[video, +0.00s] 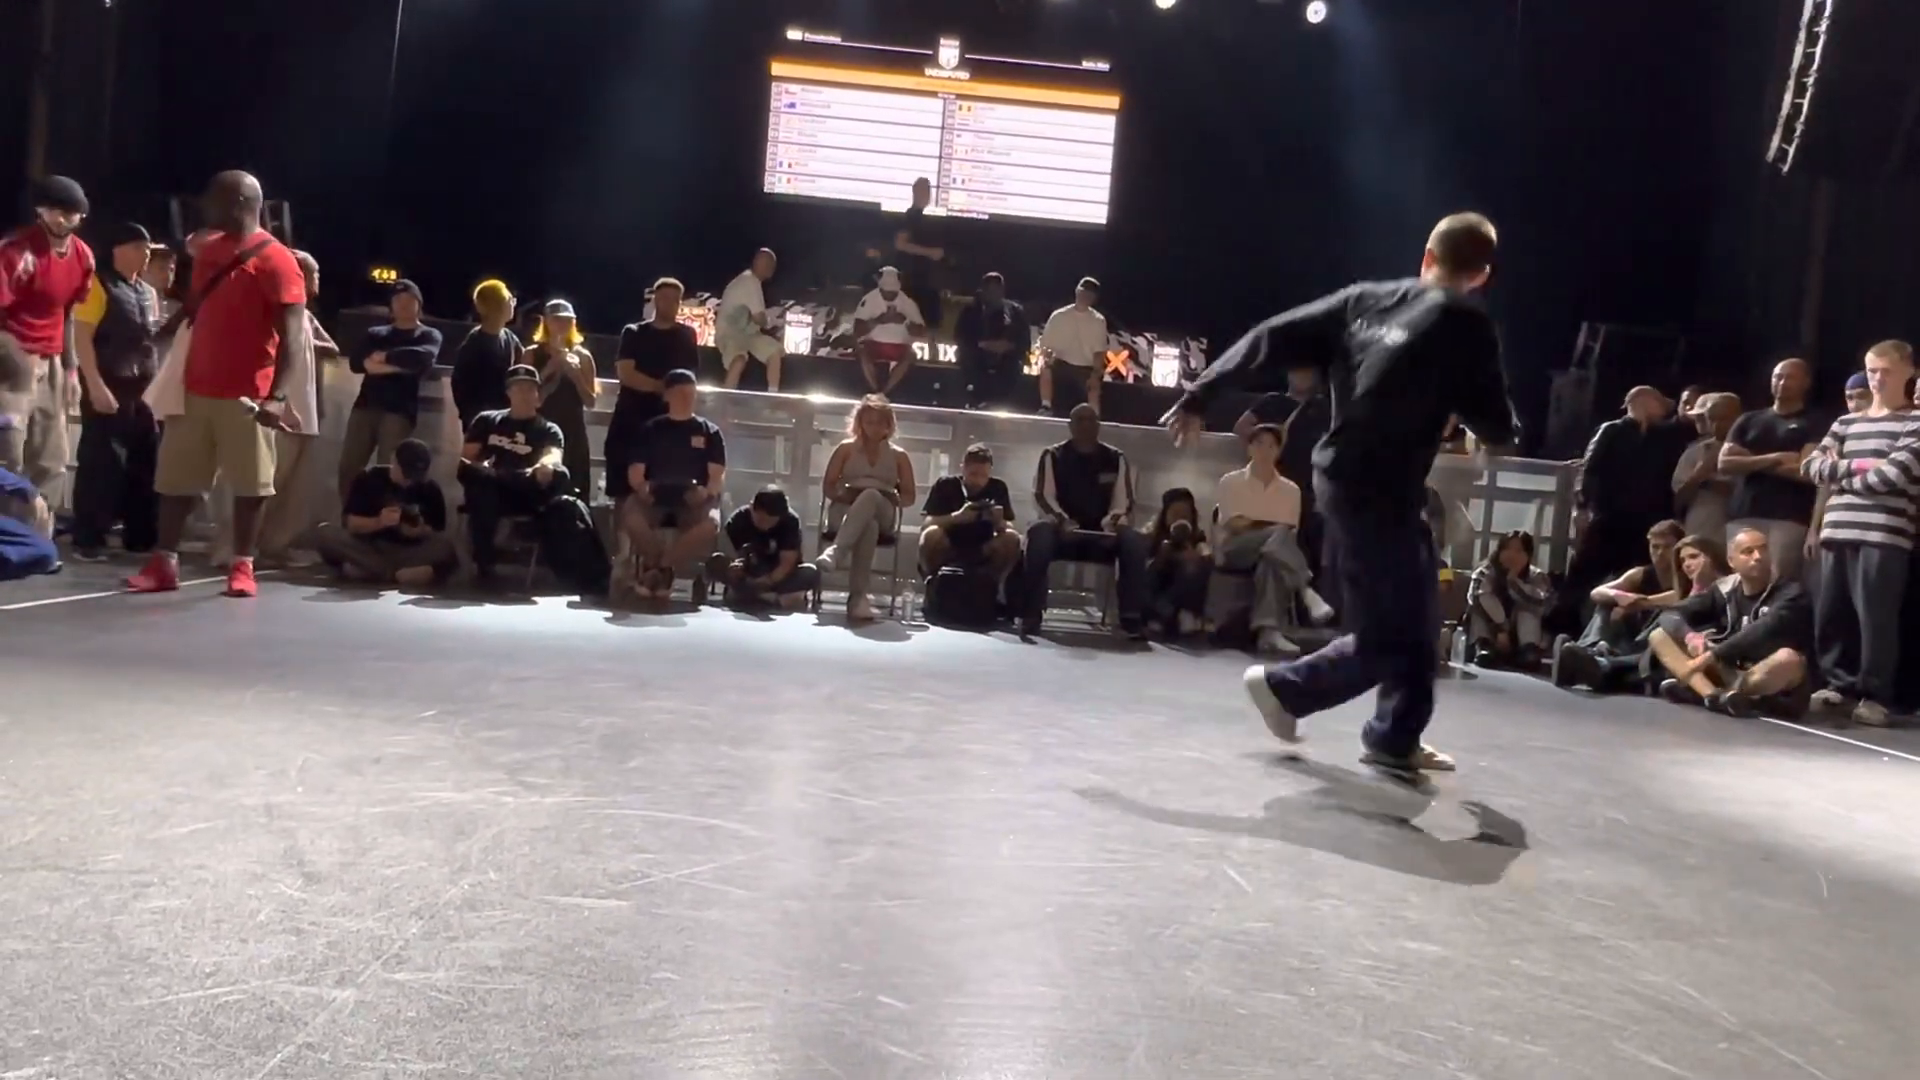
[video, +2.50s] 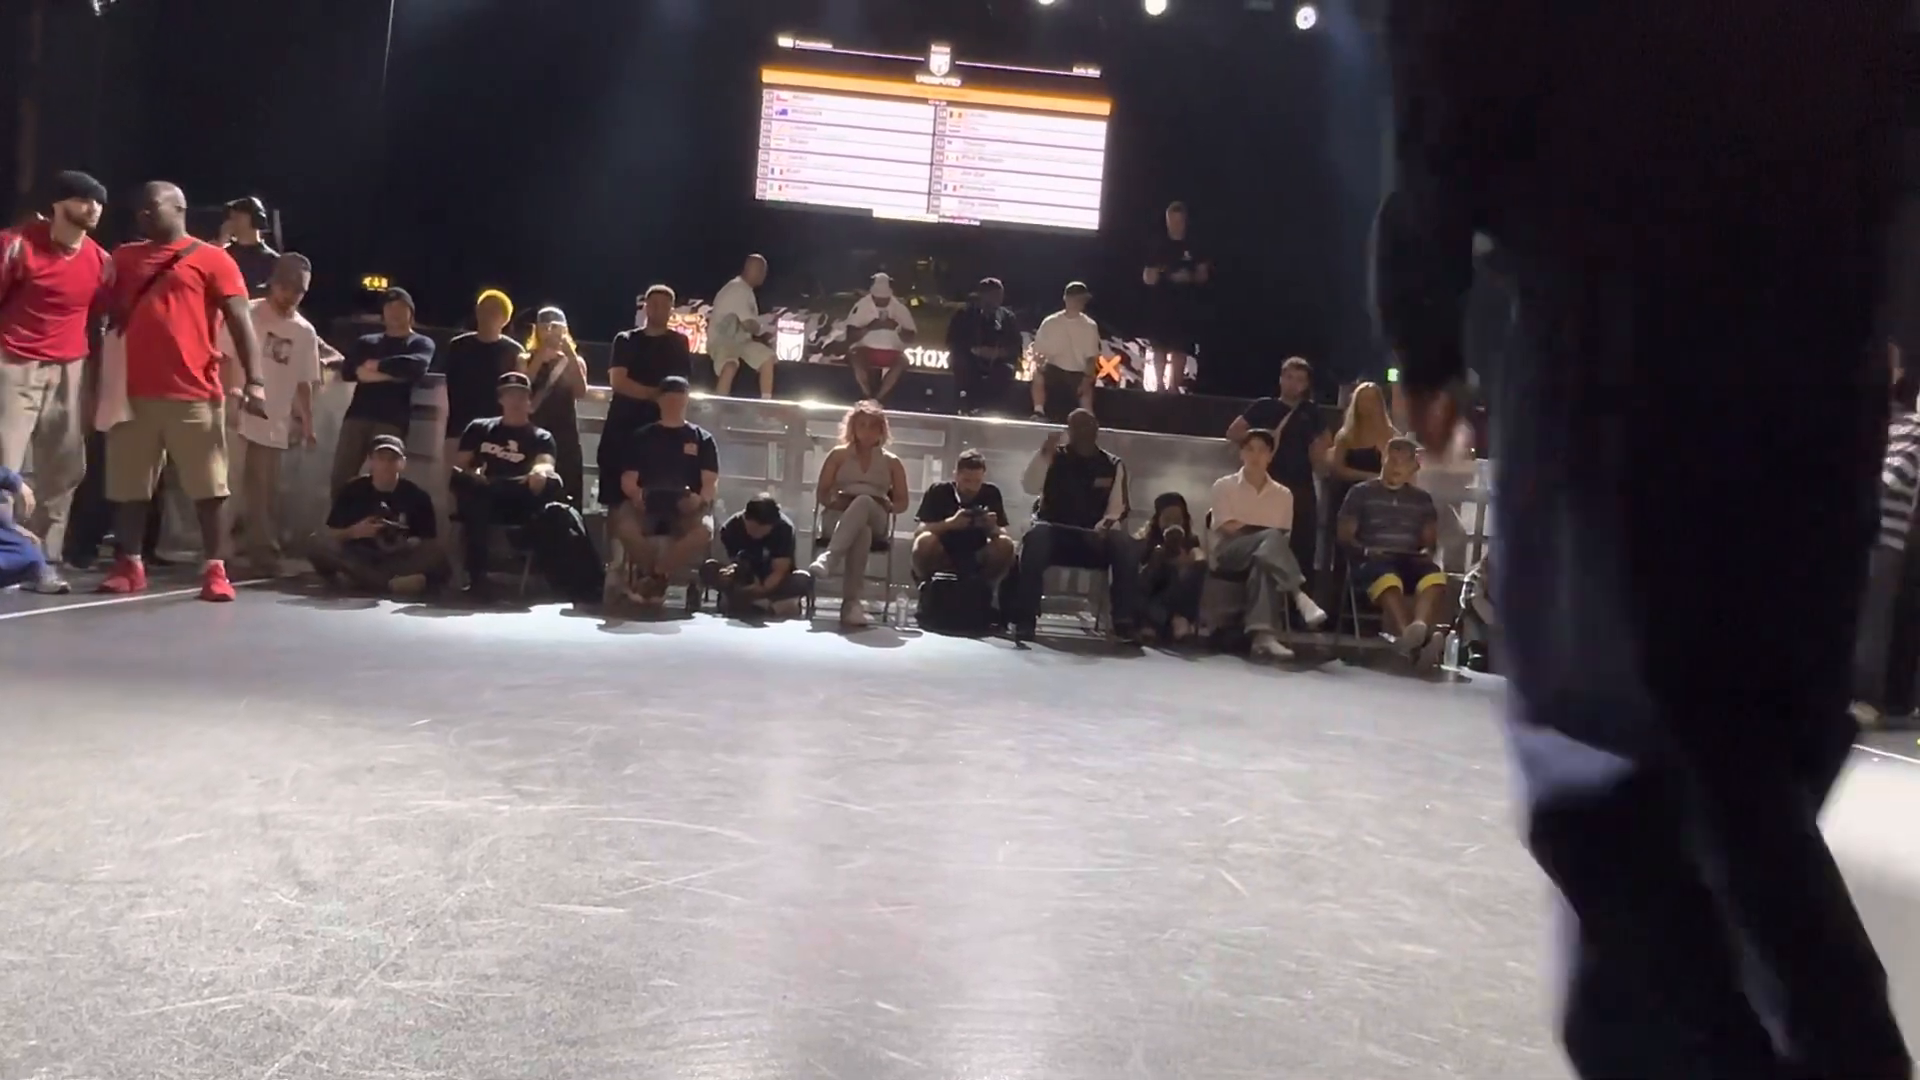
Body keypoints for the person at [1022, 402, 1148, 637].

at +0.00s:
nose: (1085, 426)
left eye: (1091, 421)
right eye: (1079, 421)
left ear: (1099, 425)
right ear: (1070, 425)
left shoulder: (1116, 458)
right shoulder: (1053, 456)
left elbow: (1123, 501)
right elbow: (1044, 496)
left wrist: (1114, 518)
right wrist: (1062, 519)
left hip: (1102, 536)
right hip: (1067, 534)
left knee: (1133, 540)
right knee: (1040, 532)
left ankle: (1132, 619)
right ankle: (1032, 616)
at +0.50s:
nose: (1086, 427)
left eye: (1091, 421)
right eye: (1080, 421)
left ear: (1099, 425)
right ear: (1070, 425)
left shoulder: (1116, 458)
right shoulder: (1053, 455)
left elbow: (1122, 501)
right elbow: (1045, 496)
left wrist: (1113, 519)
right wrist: (1062, 520)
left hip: (1102, 536)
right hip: (1066, 533)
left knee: (1132, 539)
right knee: (1039, 532)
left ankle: (1132, 618)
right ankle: (1032, 616)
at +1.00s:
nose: (1086, 427)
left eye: (1091, 422)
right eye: (1079, 422)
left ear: (1099, 426)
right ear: (1069, 426)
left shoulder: (1115, 459)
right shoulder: (1052, 456)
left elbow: (1122, 501)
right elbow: (1044, 497)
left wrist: (1113, 519)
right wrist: (1060, 520)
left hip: (1100, 536)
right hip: (1066, 534)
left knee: (1131, 540)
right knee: (1039, 533)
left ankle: (1130, 618)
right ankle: (1030, 619)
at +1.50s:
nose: (1087, 429)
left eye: (1093, 423)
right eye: (1081, 423)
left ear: (1102, 428)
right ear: (1071, 428)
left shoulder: (1118, 462)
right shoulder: (1053, 457)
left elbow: (1123, 503)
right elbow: (1037, 500)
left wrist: (1114, 519)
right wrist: (1053, 486)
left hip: (1099, 535)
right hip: (1062, 533)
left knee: (1132, 541)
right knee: (1040, 536)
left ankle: (1132, 619)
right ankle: (1031, 619)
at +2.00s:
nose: (1086, 430)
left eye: (1092, 424)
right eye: (1080, 425)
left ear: (1101, 430)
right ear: (1072, 430)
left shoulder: (1120, 463)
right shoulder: (1061, 455)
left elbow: (1124, 504)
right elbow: (1036, 464)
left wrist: (1115, 520)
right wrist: (1058, 429)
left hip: (1099, 535)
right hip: (1062, 532)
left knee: (1131, 543)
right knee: (1043, 537)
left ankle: (1131, 622)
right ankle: (1031, 621)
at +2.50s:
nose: (1082, 433)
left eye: (1087, 426)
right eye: (1077, 427)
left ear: (1097, 430)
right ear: (1068, 430)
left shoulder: (1114, 465)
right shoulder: (1054, 457)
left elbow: (1117, 506)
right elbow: (1030, 486)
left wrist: (1106, 523)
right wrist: (1045, 453)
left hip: (1092, 537)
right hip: (1056, 535)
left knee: (1124, 542)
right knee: (1036, 537)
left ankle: (1124, 621)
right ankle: (1025, 621)